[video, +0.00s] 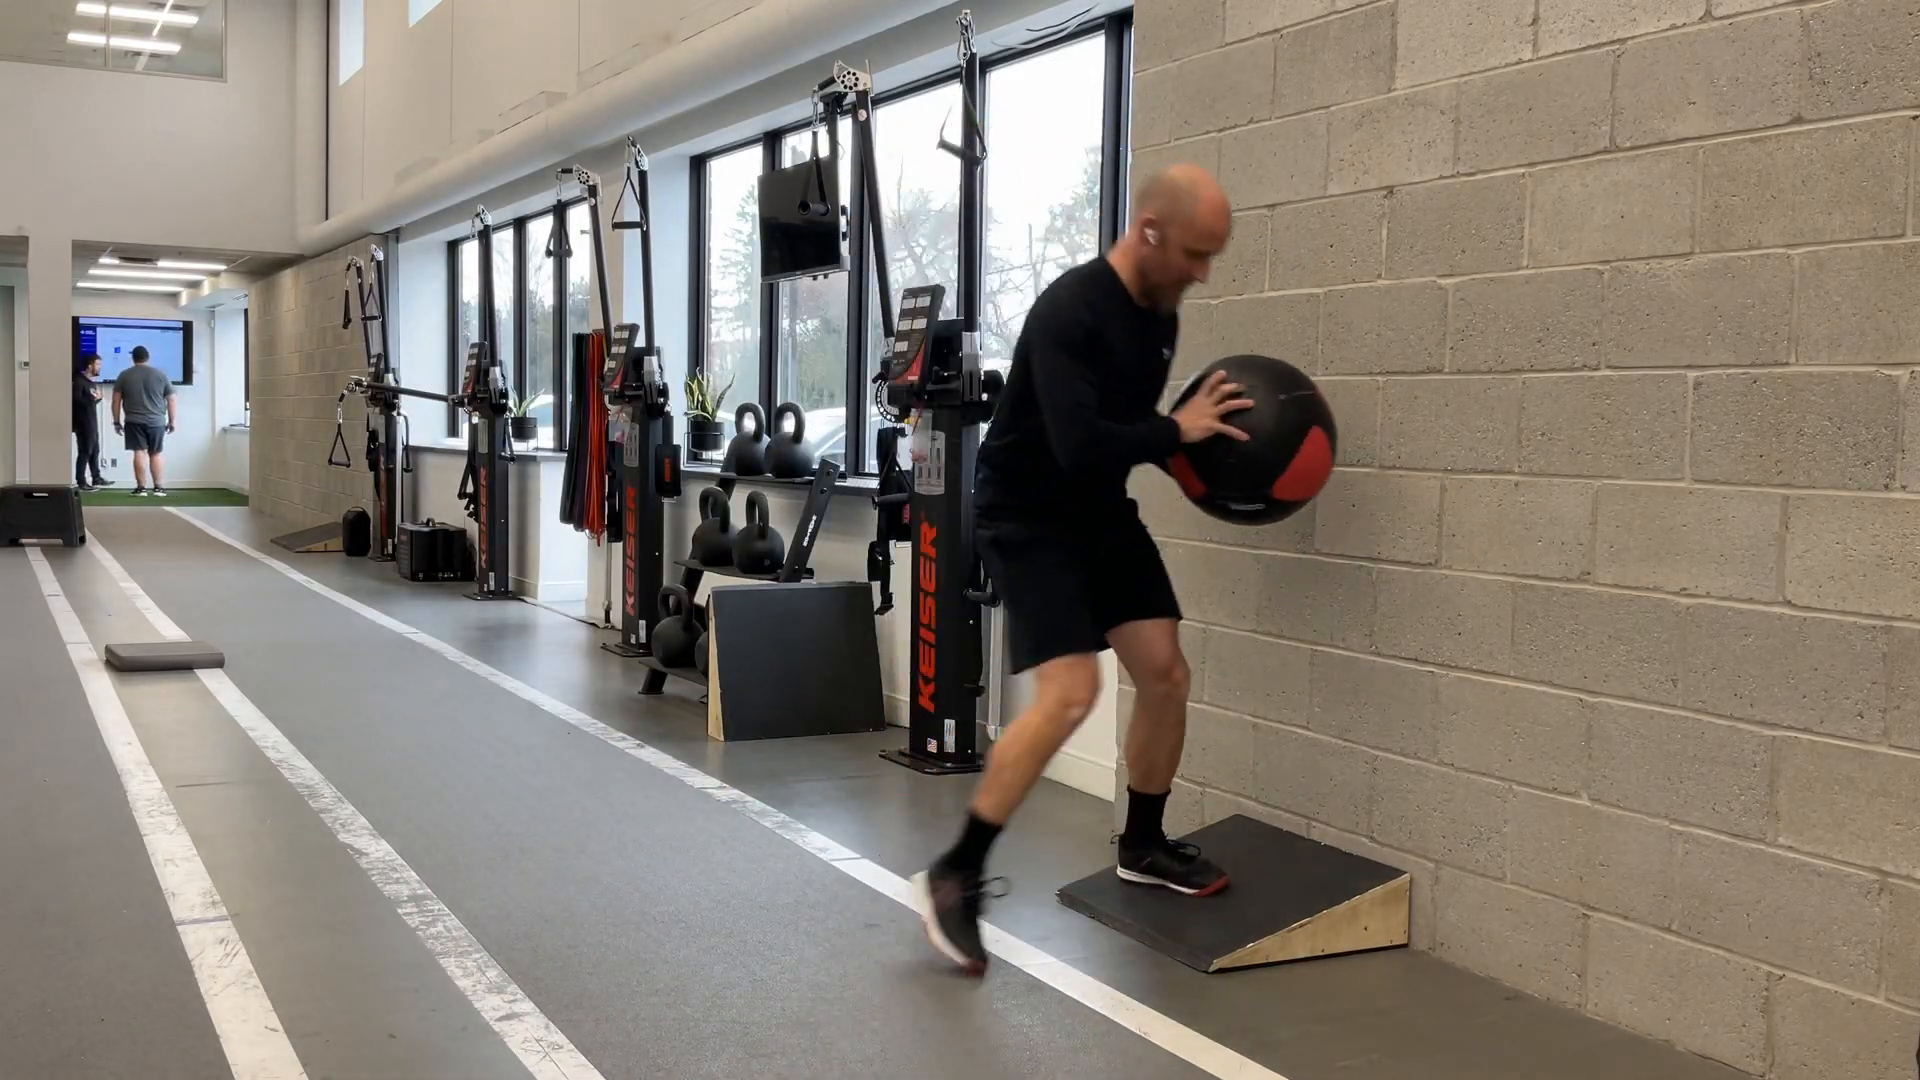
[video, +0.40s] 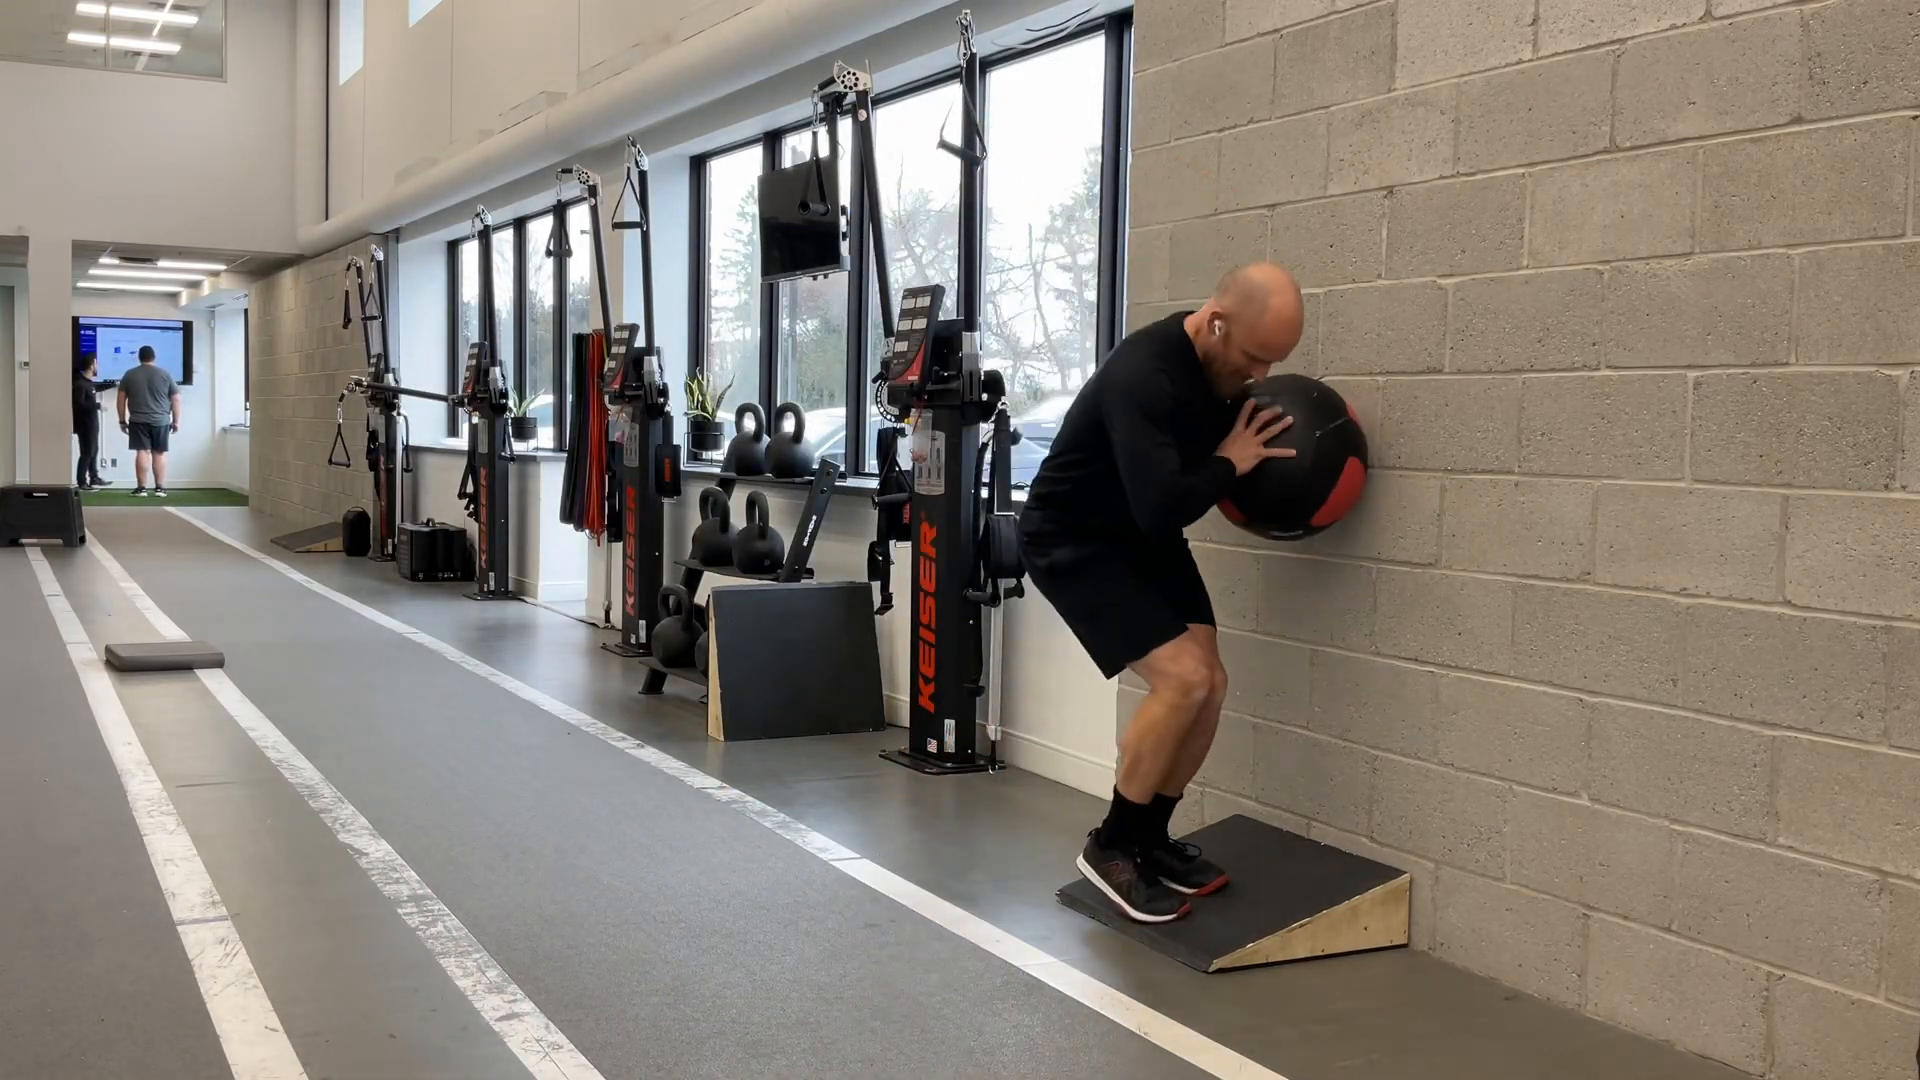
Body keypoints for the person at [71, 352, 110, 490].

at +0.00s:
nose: (99, 368)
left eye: (99, 365)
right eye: (97, 365)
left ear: (91, 366)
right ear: (90, 366)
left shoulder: (90, 381)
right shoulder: (79, 381)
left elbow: (89, 403)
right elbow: (81, 402)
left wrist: (97, 397)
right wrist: (95, 398)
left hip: (92, 423)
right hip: (83, 423)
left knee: (94, 451)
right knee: (84, 452)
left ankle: (96, 477)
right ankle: (81, 481)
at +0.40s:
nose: (96, 366)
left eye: (96, 363)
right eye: (95, 364)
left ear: (86, 365)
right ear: (91, 365)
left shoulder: (88, 383)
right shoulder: (80, 384)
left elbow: (96, 389)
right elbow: (81, 404)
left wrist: (111, 385)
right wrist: (96, 405)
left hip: (91, 423)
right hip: (84, 423)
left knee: (93, 451)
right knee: (86, 452)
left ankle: (94, 477)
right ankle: (82, 481)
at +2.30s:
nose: (97, 365)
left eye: (96, 362)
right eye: (94, 363)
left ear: (93, 365)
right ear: (87, 366)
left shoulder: (98, 378)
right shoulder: (82, 385)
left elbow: (111, 371)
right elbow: (82, 409)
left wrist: (126, 363)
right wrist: (86, 428)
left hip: (99, 422)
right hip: (90, 423)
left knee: (93, 453)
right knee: (87, 453)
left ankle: (89, 480)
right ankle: (83, 481)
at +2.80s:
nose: (96, 366)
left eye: (97, 363)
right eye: (93, 363)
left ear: (99, 365)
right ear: (86, 366)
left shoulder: (98, 384)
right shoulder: (81, 384)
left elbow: (98, 401)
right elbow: (78, 408)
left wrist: (108, 408)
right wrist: (83, 427)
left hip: (98, 425)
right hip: (88, 426)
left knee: (93, 454)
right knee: (86, 454)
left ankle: (89, 479)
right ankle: (82, 481)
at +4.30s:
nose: (100, 369)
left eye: (102, 366)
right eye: (97, 366)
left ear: (103, 368)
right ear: (90, 366)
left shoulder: (98, 385)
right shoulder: (81, 383)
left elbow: (99, 408)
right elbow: (78, 406)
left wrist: (102, 425)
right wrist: (81, 424)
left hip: (97, 425)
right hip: (87, 426)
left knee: (92, 455)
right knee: (85, 454)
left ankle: (89, 479)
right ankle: (82, 481)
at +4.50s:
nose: (100, 369)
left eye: (102, 367)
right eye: (97, 366)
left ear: (103, 368)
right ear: (90, 366)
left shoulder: (98, 384)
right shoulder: (81, 383)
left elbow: (99, 408)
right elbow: (78, 406)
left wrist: (103, 424)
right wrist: (81, 424)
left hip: (97, 425)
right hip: (87, 425)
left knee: (92, 455)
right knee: (85, 454)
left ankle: (89, 479)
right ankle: (82, 481)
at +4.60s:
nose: (100, 369)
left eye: (102, 366)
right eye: (97, 365)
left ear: (103, 368)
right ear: (90, 366)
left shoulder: (98, 385)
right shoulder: (81, 383)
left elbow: (98, 408)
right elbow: (78, 406)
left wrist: (103, 425)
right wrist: (81, 423)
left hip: (97, 425)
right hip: (87, 425)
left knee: (92, 454)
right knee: (85, 454)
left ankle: (89, 479)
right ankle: (82, 481)